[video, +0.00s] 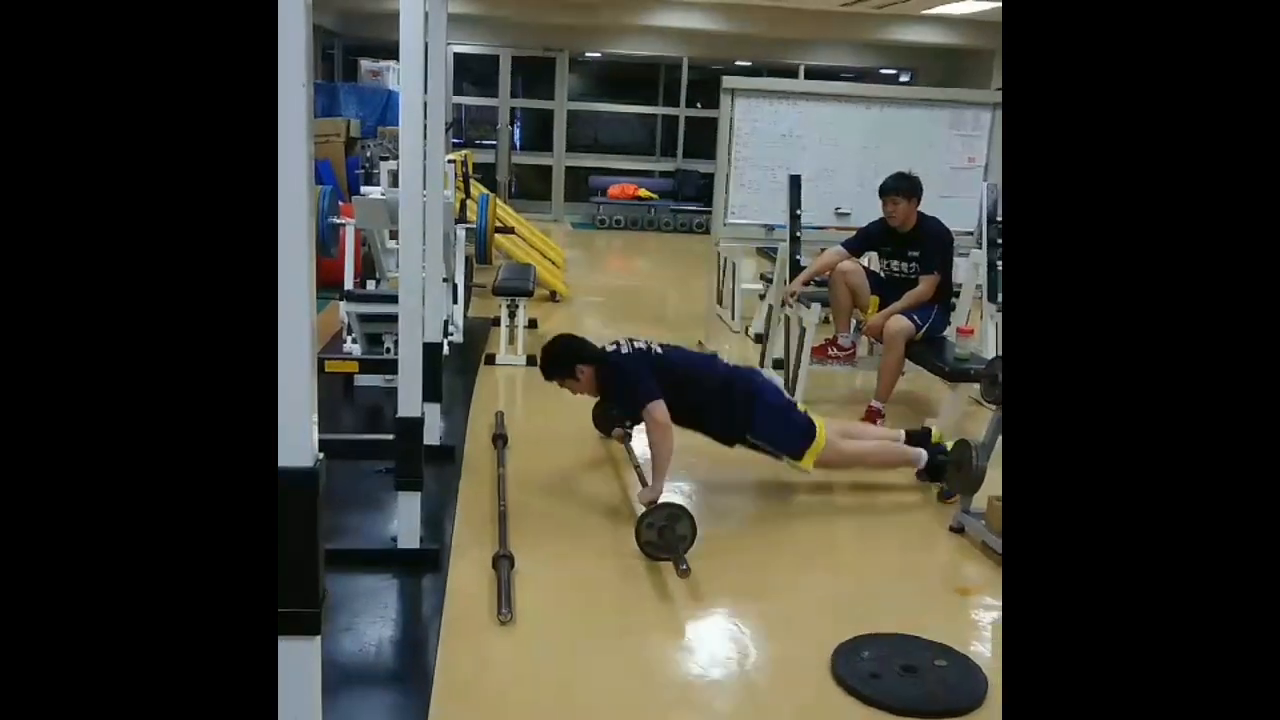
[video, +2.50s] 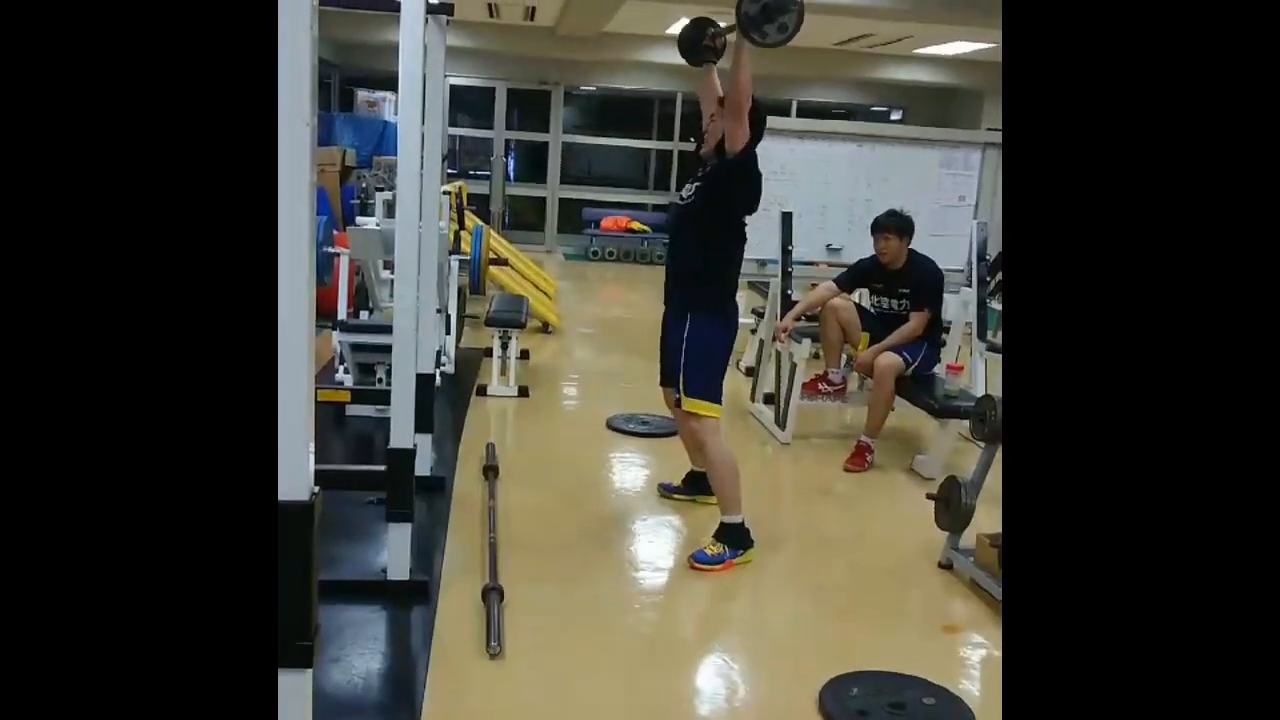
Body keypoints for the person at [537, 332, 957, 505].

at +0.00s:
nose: (575, 392)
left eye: (570, 384)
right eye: (566, 387)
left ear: (583, 369)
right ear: (583, 361)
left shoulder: (628, 373)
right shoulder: (617, 355)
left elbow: (661, 428)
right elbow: (640, 396)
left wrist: (656, 489)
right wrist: (617, 416)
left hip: (748, 409)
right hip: (748, 391)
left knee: (827, 455)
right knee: (823, 432)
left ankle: (930, 460)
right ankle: (915, 438)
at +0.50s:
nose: (562, 408)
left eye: (561, 401)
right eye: (557, 402)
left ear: (577, 389)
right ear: (576, 385)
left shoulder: (616, 399)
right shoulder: (600, 394)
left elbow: (661, 428)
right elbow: (647, 418)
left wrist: (647, 489)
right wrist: (636, 459)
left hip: (730, 465)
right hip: (727, 445)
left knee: (828, 477)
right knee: (822, 453)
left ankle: (931, 461)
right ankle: (914, 439)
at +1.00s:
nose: (582, 366)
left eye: (579, 359)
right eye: (577, 361)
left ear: (593, 347)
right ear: (596, 341)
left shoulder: (629, 355)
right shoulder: (622, 336)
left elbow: (641, 429)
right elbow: (626, 386)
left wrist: (643, 492)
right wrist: (620, 418)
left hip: (765, 315)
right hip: (742, 310)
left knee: (765, 422)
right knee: (736, 403)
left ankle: (852, 465)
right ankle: (819, 436)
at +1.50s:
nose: (603, 280)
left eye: (607, 271)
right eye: (604, 272)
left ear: (632, 276)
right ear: (634, 276)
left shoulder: (667, 310)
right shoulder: (652, 302)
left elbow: (671, 389)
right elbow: (641, 348)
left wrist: (653, 449)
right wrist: (627, 387)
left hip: (772, 351)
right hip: (751, 341)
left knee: (687, 400)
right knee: (678, 388)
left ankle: (705, 505)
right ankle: (690, 467)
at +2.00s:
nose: (721, 77)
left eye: (730, 71)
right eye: (725, 70)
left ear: (751, 83)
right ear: (743, 82)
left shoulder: (759, 126)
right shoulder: (722, 125)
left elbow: (779, 170)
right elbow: (697, 153)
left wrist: (731, 159)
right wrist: (666, 146)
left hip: (710, 264)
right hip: (678, 256)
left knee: (698, 370)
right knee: (671, 349)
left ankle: (719, 483)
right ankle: (690, 434)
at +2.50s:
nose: (713, 118)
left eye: (724, 111)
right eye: (714, 112)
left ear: (743, 127)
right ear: (716, 125)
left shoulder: (739, 173)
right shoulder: (711, 167)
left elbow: (737, 100)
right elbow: (710, 104)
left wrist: (744, 36)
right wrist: (706, 58)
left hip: (709, 311)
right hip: (683, 306)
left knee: (704, 421)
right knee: (676, 399)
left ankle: (736, 532)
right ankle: (701, 478)